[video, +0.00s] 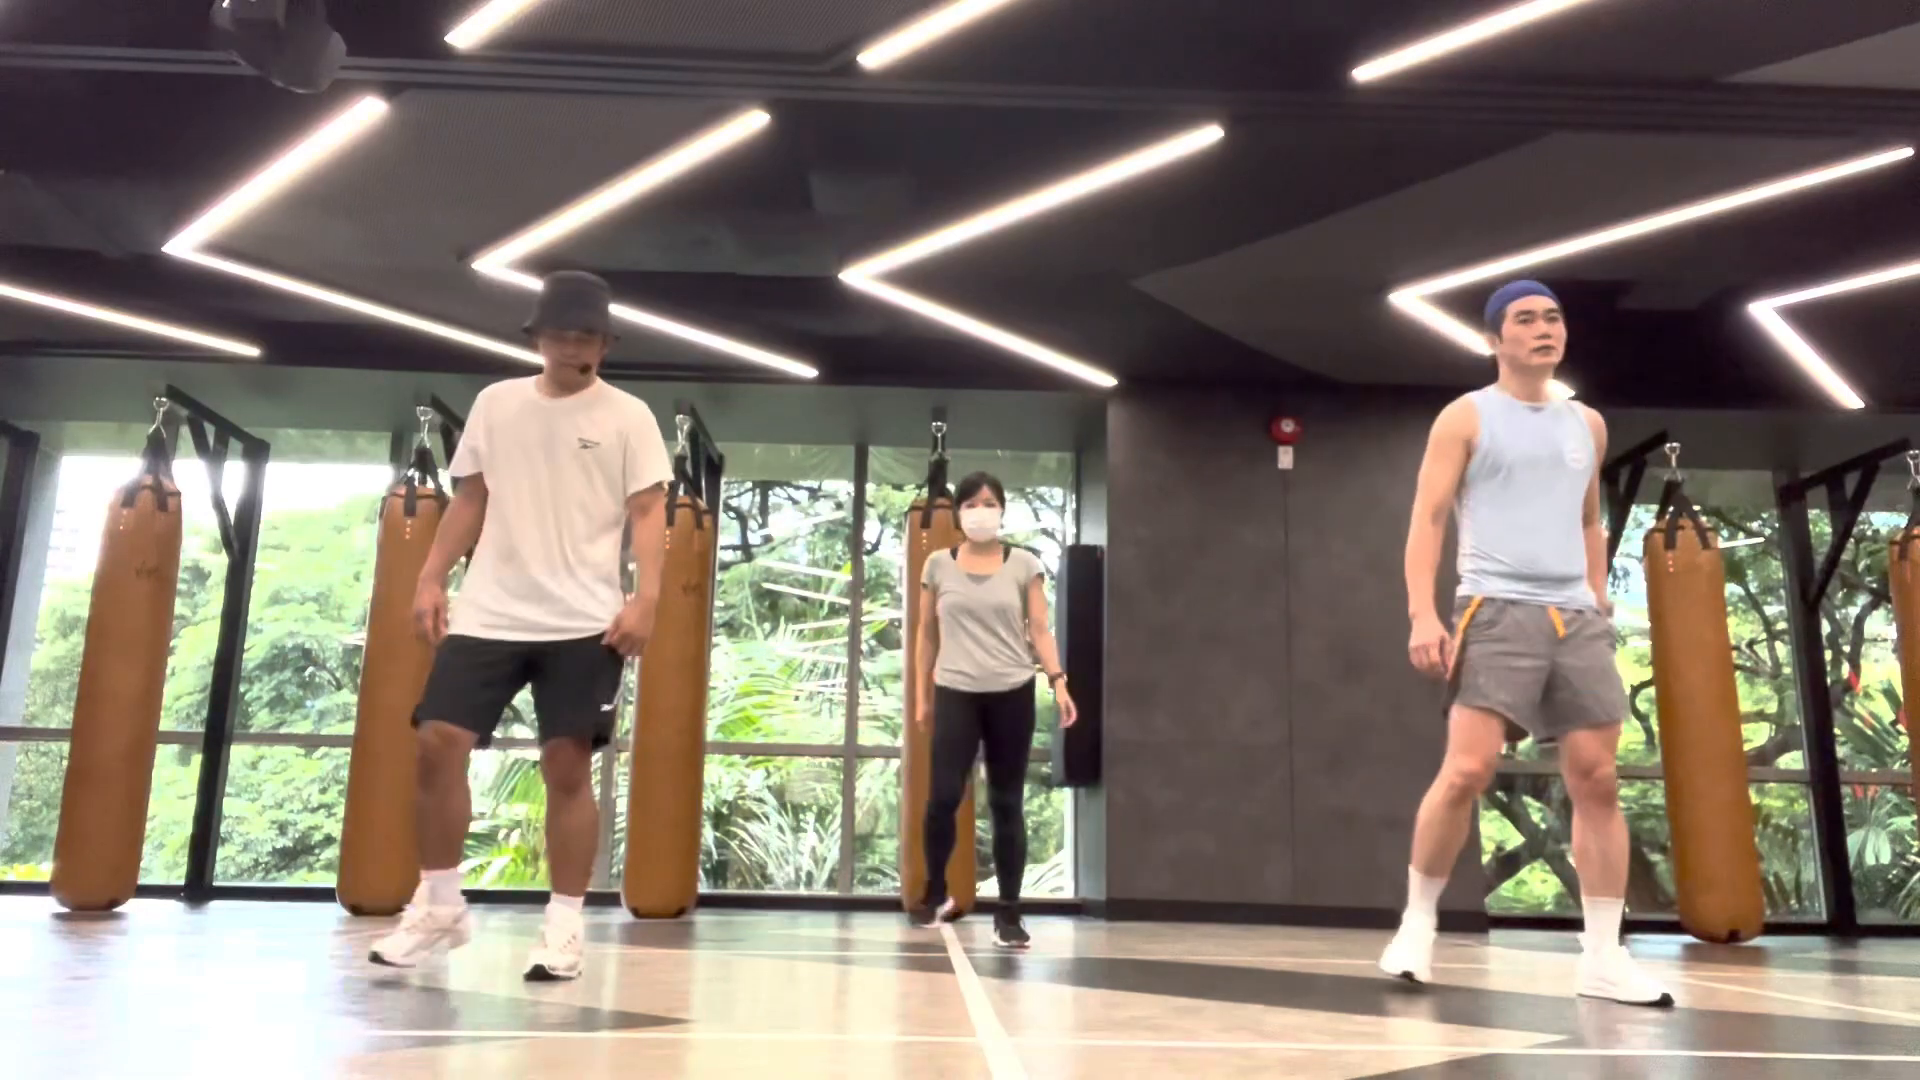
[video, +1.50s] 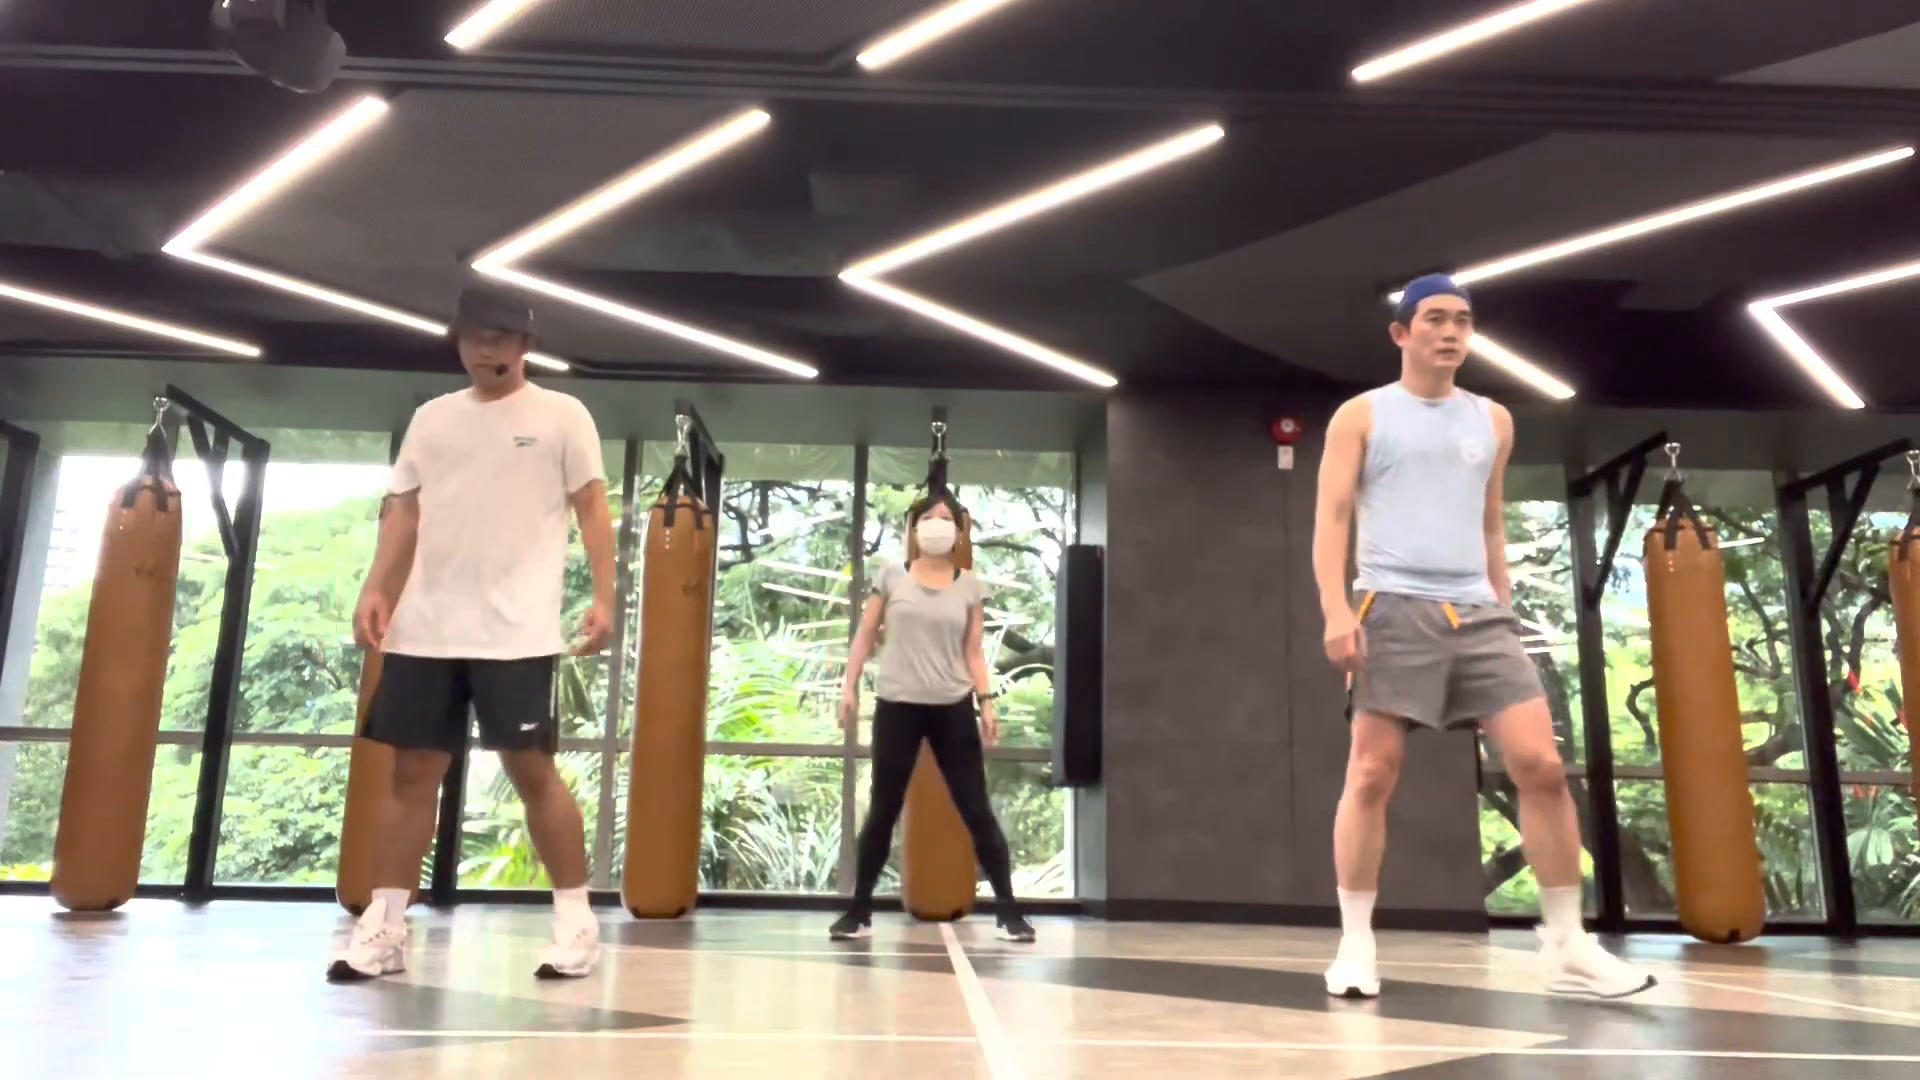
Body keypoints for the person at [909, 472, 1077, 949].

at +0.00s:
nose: (982, 513)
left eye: (990, 506)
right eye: (972, 506)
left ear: (1003, 513)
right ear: (958, 514)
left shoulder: (1023, 562)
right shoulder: (940, 564)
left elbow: (1040, 629)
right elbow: (927, 631)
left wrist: (1059, 685)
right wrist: (922, 691)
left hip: (1011, 694)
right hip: (954, 693)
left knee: (1007, 805)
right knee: (944, 797)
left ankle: (1008, 914)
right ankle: (937, 893)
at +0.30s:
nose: (981, 516)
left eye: (990, 508)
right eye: (971, 508)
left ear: (1002, 515)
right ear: (957, 516)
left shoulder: (1022, 563)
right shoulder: (940, 566)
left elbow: (1034, 627)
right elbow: (927, 635)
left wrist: (1047, 655)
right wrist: (922, 696)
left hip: (1006, 694)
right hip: (949, 692)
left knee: (1004, 803)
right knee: (936, 796)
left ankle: (1009, 913)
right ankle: (938, 889)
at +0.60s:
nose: (947, 529)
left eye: (956, 521)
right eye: (938, 520)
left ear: (968, 527)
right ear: (923, 526)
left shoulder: (982, 582)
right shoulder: (901, 579)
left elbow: (999, 645)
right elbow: (883, 641)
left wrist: (1015, 695)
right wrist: (872, 696)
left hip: (963, 704)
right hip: (905, 705)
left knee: (980, 811)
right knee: (881, 809)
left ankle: (1006, 913)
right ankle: (853, 907)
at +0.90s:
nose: (911, 520)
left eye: (919, 514)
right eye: (902, 513)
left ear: (931, 525)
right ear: (887, 524)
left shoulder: (944, 578)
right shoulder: (864, 566)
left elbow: (940, 639)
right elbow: (836, 626)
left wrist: (935, 680)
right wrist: (817, 680)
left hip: (919, 696)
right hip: (864, 697)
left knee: (921, 789)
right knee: (862, 803)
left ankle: (942, 895)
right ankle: (856, 908)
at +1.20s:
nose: (910, 517)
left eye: (918, 512)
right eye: (901, 511)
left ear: (929, 527)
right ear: (886, 526)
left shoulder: (940, 581)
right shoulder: (863, 566)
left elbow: (937, 643)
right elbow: (839, 630)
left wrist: (939, 684)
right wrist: (820, 684)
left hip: (919, 699)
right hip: (865, 698)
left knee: (927, 792)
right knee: (863, 805)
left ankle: (919, 897)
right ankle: (856, 909)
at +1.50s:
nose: (937, 526)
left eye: (947, 521)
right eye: (929, 519)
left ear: (959, 534)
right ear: (913, 530)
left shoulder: (970, 586)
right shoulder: (892, 577)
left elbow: (974, 651)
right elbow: (865, 636)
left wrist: (987, 702)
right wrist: (849, 689)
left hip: (952, 708)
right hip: (897, 707)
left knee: (977, 810)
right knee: (883, 809)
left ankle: (1008, 908)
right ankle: (859, 909)